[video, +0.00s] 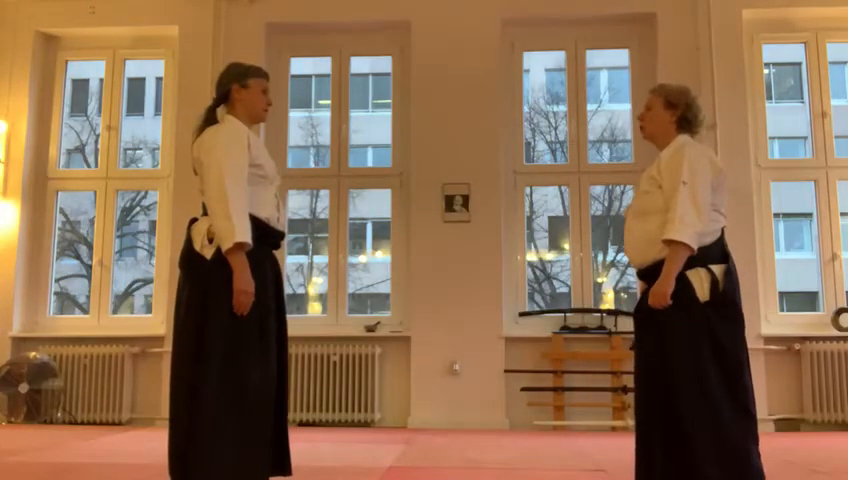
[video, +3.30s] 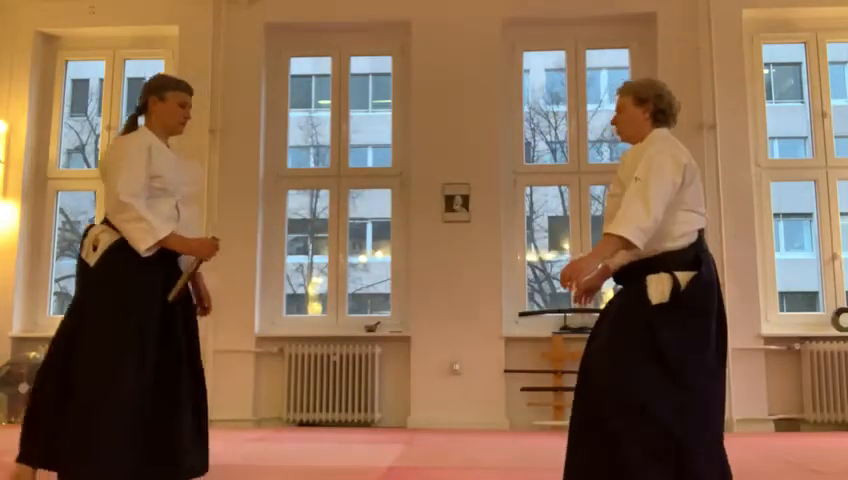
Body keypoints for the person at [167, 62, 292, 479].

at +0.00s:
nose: (269, 100)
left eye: (269, 93)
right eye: (263, 92)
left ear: (244, 96)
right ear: (236, 94)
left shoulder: (243, 136)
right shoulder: (225, 134)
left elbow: (241, 202)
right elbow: (222, 199)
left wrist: (262, 258)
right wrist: (239, 265)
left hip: (247, 257)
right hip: (229, 260)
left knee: (245, 367)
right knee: (231, 367)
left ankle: (241, 463)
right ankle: (227, 465)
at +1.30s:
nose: (270, 102)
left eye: (270, 94)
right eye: (264, 93)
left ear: (242, 94)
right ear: (239, 92)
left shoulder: (241, 134)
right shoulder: (228, 134)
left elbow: (242, 198)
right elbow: (240, 198)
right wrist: (299, 235)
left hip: (235, 255)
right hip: (230, 258)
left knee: (237, 364)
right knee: (235, 364)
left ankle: (230, 464)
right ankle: (232, 465)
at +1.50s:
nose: (273, 102)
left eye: (274, 94)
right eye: (267, 93)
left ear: (243, 96)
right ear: (240, 92)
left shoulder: (223, 133)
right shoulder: (238, 134)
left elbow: (254, 193)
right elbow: (262, 189)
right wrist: (324, 200)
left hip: (214, 249)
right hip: (234, 255)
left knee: (217, 359)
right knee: (238, 360)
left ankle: (214, 463)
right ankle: (236, 464)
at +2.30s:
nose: (262, 108)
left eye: (263, 100)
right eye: (256, 99)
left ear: (236, 98)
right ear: (229, 94)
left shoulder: (232, 140)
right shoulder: (213, 137)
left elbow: (227, 202)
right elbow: (216, 199)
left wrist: (279, 217)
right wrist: (281, 215)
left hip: (217, 258)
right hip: (199, 259)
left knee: (220, 364)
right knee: (205, 365)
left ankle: (213, 464)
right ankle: (201, 466)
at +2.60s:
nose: (237, 115)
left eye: (239, 108)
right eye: (231, 106)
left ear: (213, 105)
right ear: (205, 101)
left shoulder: (207, 146)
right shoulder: (185, 141)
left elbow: (207, 216)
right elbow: (173, 204)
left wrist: (227, 272)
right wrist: (235, 237)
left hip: (197, 265)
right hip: (175, 265)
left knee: (198, 375)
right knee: (177, 377)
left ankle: (195, 469)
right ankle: (176, 471)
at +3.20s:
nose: (196, 114)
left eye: (198, 108)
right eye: (190, 105)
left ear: (183, 110)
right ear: (162, 103)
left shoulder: (176, 154)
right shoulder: (141, 144)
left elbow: (180, 219)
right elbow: (134, 208)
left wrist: (200, 275)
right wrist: (193, 238)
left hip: (168, 264)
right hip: (136, 263)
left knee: (165, 366)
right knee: (129, 365)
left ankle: (159, 464)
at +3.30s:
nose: (188, 114)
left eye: (190, 108)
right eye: (181, 106)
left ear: (169, 110)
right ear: (153, 104)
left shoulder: (168, 154)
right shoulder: (131, 146)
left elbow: (171, 220)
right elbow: (125, 210)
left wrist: (195, 276)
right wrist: (185, 244)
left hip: (161, 267)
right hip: (126, 265)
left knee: (158, 371)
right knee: (109, 367)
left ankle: (153, 465)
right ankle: (30, 460)